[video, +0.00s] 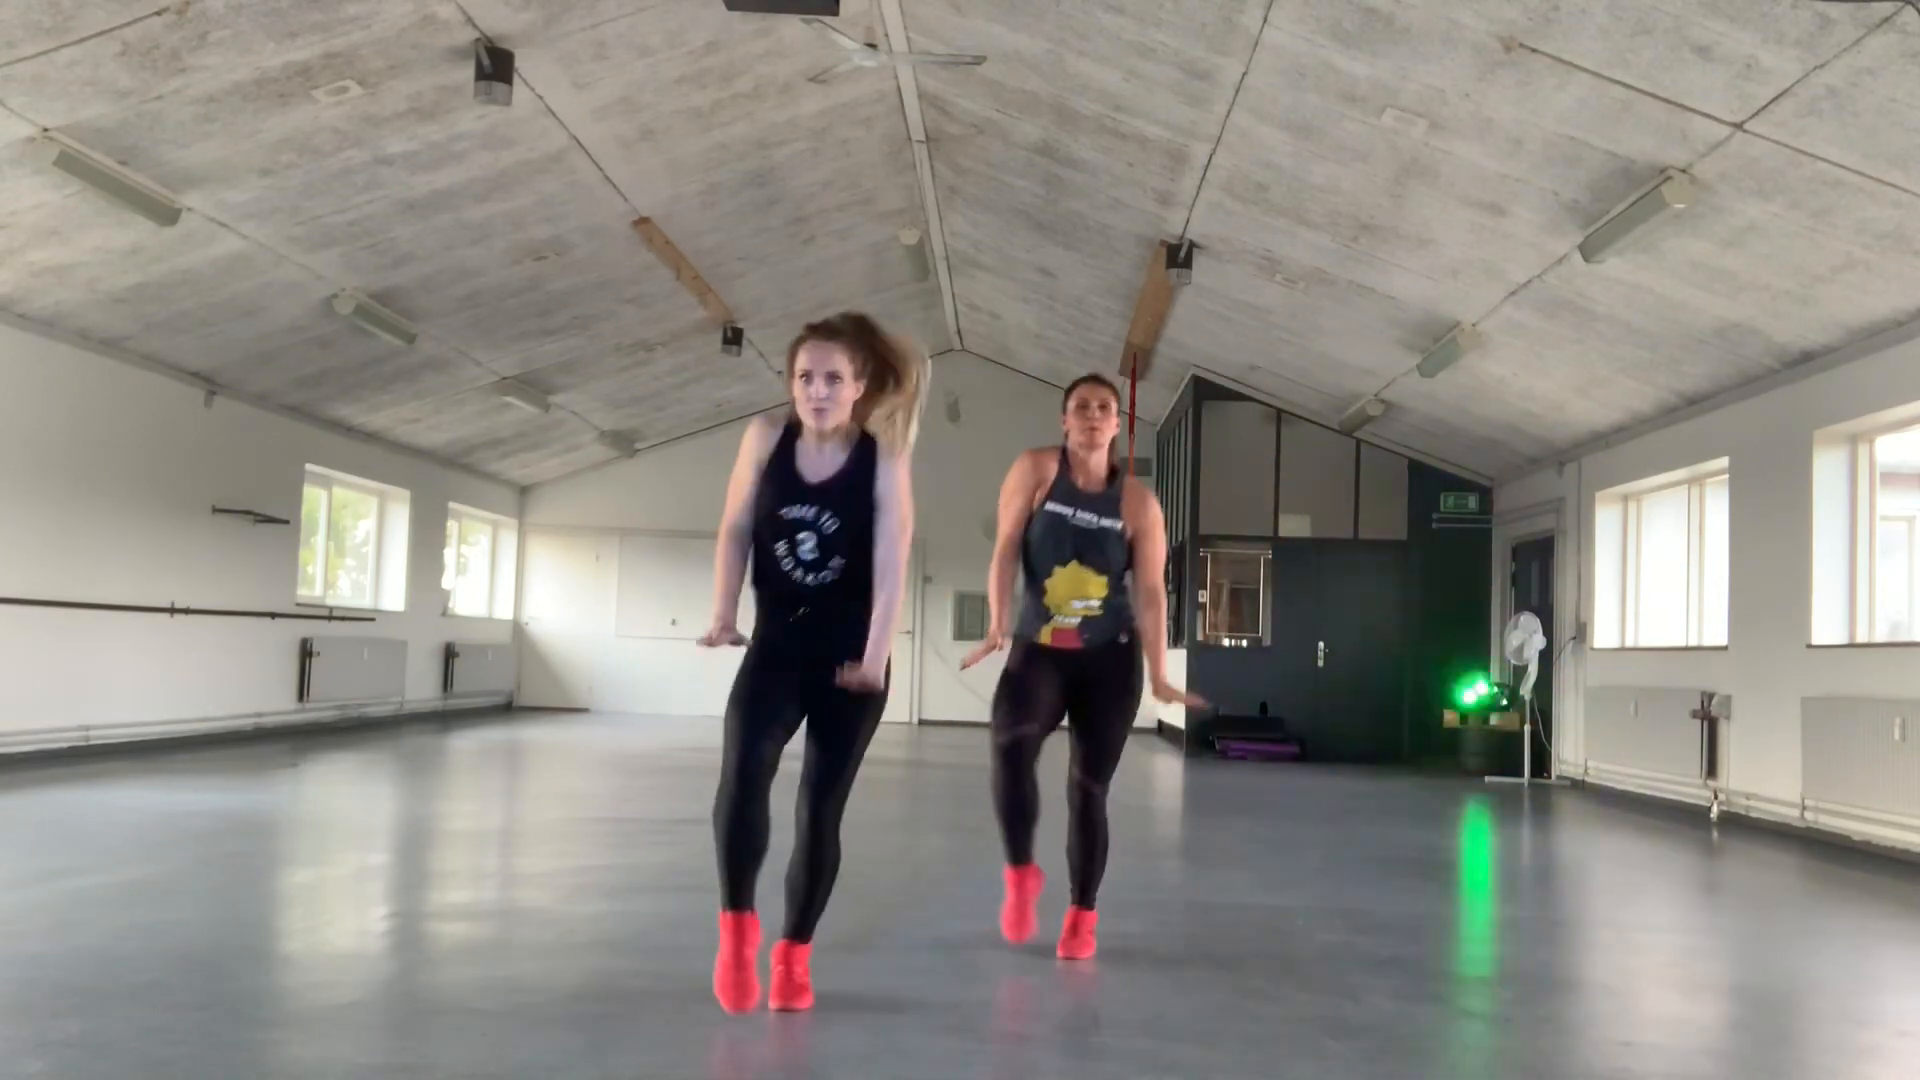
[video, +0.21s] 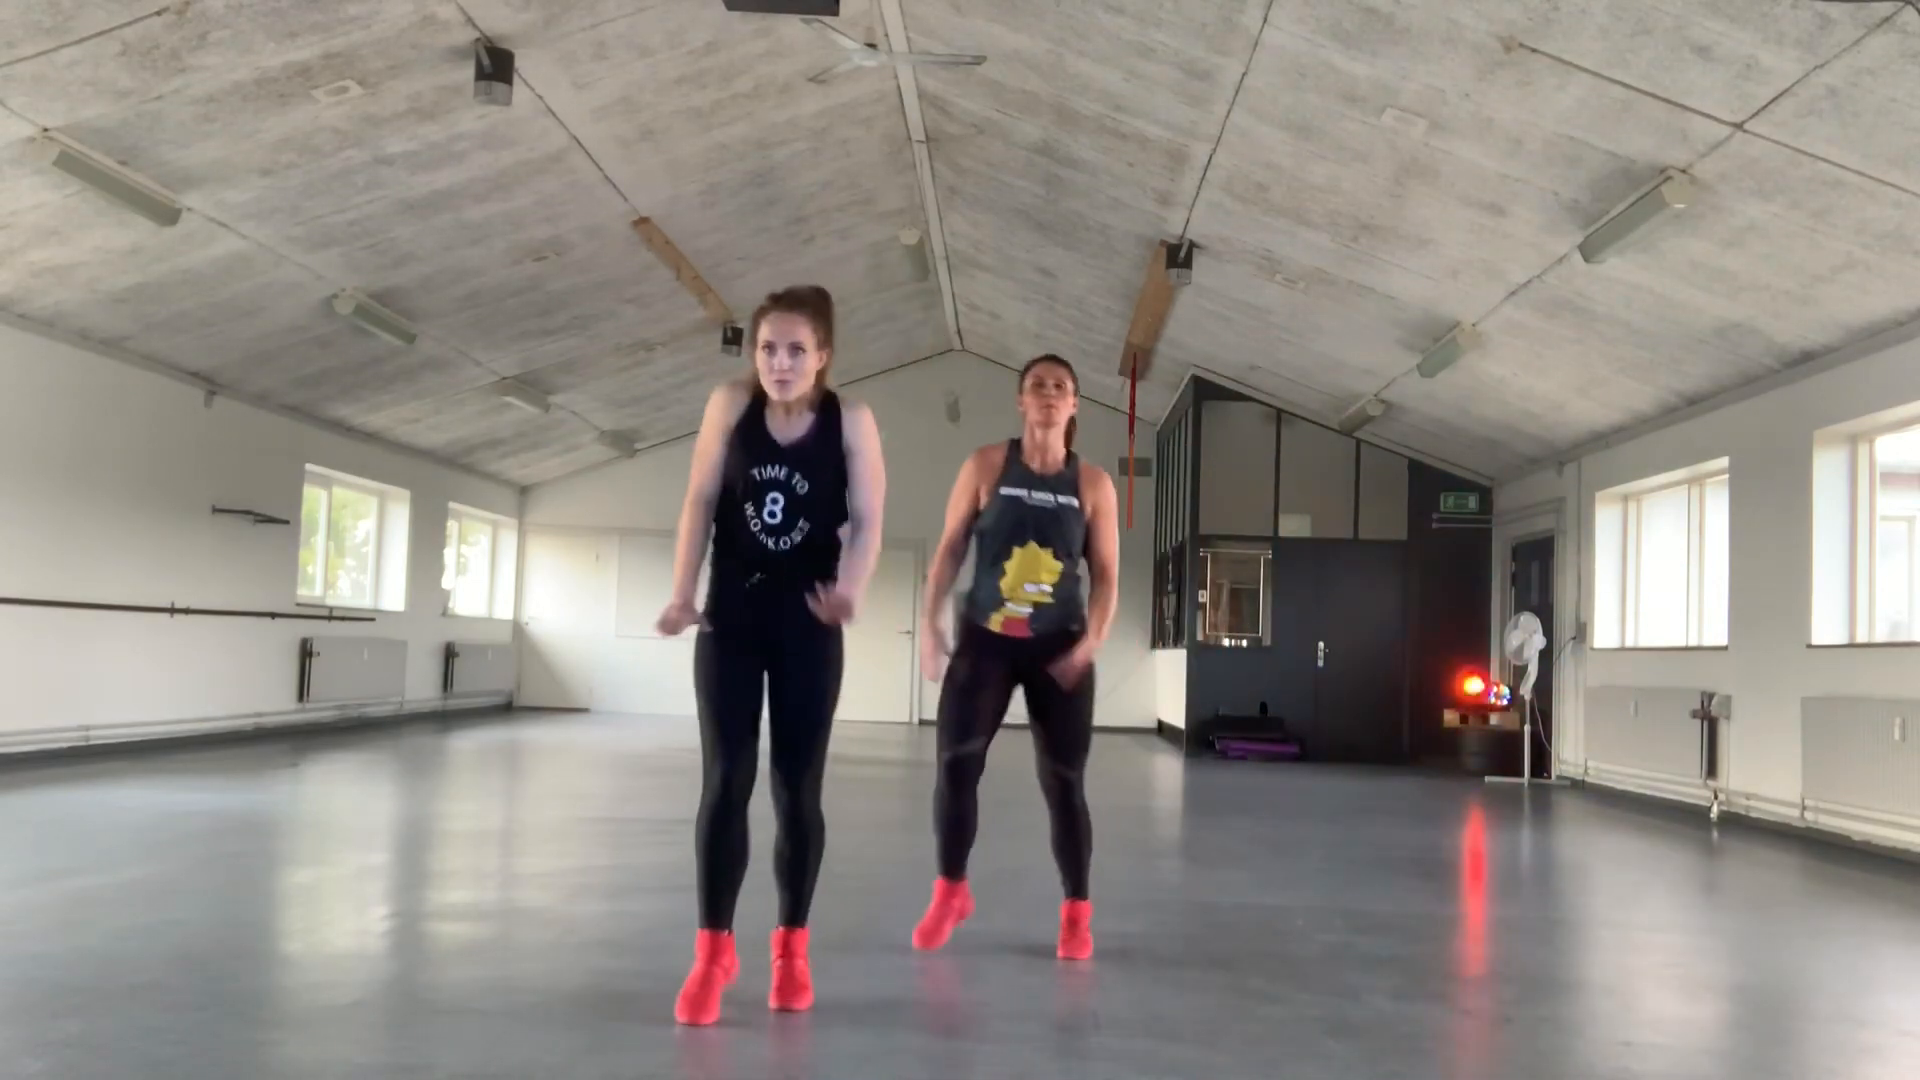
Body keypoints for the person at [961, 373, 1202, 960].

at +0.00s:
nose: (1092, 417)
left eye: (1104, 409)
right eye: (1082, 408)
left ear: (1119, 422)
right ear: (1064, 420)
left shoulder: (1139, 501)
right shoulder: (1033, 470)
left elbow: (1151, 591)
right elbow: (1006, 550)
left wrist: (1158, 675)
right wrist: (998, 625)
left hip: (1110, 659)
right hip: (1039, 653)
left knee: (1089, 788)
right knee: (1011, 742)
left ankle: (1083, 912)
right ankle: (1021, 872)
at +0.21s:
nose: (1048, 396)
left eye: (1059, 389)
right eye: (1038, 387)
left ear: (1074, 405)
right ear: (1019, 399)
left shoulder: (1093, 484)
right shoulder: (984, 465)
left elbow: (1105, 575)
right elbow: (951, 549)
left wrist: (1090, 639)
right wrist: (930, 619)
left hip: (1060, 646)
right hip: (983, 641)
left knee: (1064, 781)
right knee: (956, 762)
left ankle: (1076, 909)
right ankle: (951, 889)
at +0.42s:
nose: (981, 400)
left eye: (992, 392)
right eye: (971, 390)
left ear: (1008, 406)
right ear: (954, 402)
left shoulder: (1033, 480)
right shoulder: (923, 476)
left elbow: (1076, 560)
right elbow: (873, 540)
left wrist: (1110, 630)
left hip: (994, 649)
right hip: (925, 642)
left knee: (968, 779)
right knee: (894, 762)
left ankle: (979, 903)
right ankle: (925, 895)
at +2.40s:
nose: (917, 395)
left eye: (931, 392)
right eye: (911, 385)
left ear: (944, 415)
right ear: (893, 396)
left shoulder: (951, 466)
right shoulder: (853, 456)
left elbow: (1011, 445)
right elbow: (800, 426)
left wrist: (1023, 426)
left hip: (929, 640)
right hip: (859, 641)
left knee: (932, 771)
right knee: (827, 768)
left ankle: (951, 903)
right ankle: (813, 905)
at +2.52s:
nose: (917, 393)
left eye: (926, 385)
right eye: (906, 385)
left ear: (944, 402)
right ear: (889, 402)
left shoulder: (965, 467)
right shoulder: (865, 462)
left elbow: (1055, 476)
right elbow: (792, 459)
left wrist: (992, 501)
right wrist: (834, 484)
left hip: (944, 645)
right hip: (872, 644)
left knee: (938, 775)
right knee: (850, 773)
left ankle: (946, 907)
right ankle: (820, 905)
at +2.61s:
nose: (917, 394)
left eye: (926, 386)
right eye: (905, 388)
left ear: (946, 401)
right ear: (891, 408)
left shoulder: (979, 472)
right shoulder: (873, 473)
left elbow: (1049, 533)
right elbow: (819, 515)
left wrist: (985, 538)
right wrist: (828, 510)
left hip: (957, 647)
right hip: (884, 644)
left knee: (944, 774)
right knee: (858, 766)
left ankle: (946, 907)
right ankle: (839, 902)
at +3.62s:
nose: (1094, 419)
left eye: (1104, 411)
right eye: (1083, 411)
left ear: (1118, 426)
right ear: (1065, 425)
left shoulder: (1146, 494)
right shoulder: (1035, 492)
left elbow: (1157, 577)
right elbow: (1005, 573)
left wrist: (1161, 644)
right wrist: (995, 643)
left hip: (1120, 651)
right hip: (1048, 651)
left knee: (1127, 759)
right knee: (1063, 777)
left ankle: (1123, 884)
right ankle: (1070, 900)